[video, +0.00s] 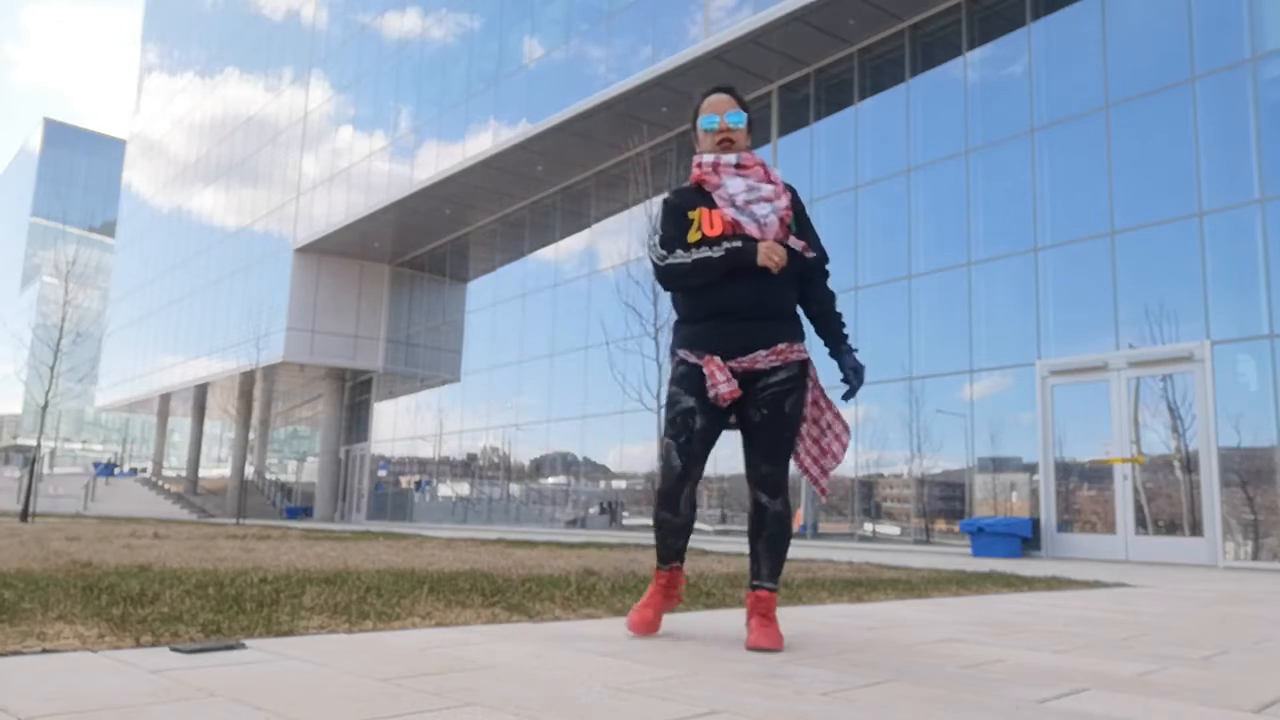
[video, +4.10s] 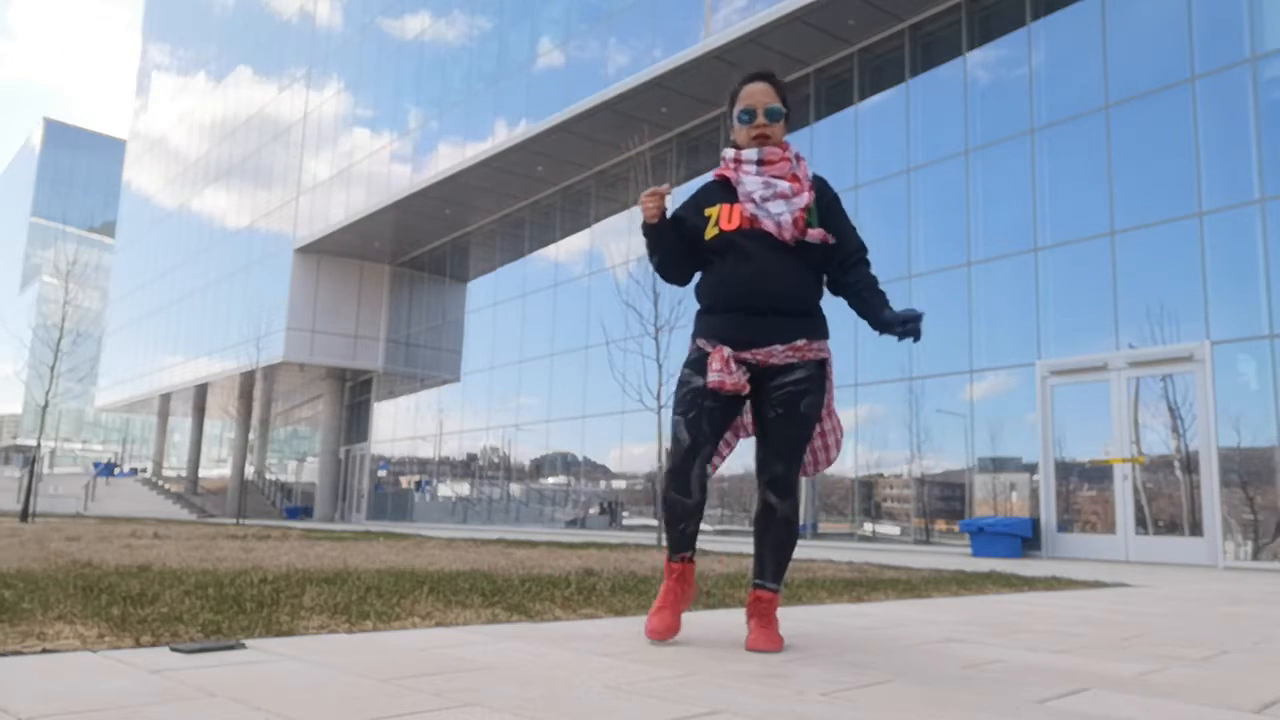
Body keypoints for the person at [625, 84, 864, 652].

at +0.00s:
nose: (723, 129)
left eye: (733, 120)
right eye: (712, 121)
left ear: (750, 130)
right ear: (696, 134)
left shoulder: (781, 199)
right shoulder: (680, 202)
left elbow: (812, 277)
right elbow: (666, 267)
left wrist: (839, 346)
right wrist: (747, 251)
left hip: (774, 357)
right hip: (700, 359)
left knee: (769, 482)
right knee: (675, 471)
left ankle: (762, 604)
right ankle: (666, 580)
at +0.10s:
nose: (723, 127)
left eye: (732, 117)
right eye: (711, 119)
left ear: (750, 127)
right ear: (696, 132)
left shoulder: (781, 200)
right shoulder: (680, 200)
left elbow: (812, 278)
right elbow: (662, 265)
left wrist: (842, 343)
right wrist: (739, 248)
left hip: (771, 357)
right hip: (694, 357)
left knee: (764, 482)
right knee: (648, 464)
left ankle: (762, 606)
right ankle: (602, 578)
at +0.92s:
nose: (736, 132)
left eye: (746, 122)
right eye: (724, 125)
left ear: (764, 129)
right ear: (710, 137)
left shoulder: (804, 199)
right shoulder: (699, 209)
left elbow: (855, 261)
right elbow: (675, 276)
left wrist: (913, 302)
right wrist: (742, 253)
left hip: (787, 362)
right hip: (710, 359)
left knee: (772, 486)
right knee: (667, 462)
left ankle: (762, 609)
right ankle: (628, 570)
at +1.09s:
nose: (743, 132)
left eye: (753, 122)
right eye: (730, 125)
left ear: (770, 132)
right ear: (715, 138)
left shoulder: (808, 201)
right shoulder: (700, 207)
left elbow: (855, 264)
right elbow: (677, 273)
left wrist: (908, 292)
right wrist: (747, 253)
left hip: (794, 355)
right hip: (720, 354)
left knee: (778, 482)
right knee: (734, 452)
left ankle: (763, 607)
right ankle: (707, 573)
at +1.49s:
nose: (710, 150)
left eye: (718, 138)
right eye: (709, 139)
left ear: (753, 134)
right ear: (737, 138)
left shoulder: (816, 199)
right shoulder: (716, 202)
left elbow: (865, 267)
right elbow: (696, 267)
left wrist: (920, 301)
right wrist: (773, 247)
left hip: (795, 360)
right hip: (720, 356)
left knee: (775, 485)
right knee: (661, 438)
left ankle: (761, 609)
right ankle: (643, 564)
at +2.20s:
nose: (714, 141)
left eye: (724, 130)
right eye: (715, 130)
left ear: (760, 133)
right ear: (739, 134)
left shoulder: (819, 202)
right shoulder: (715, 206)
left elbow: (874, 265)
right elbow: (675, 279)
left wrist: (946, 292)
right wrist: (706, 257)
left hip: (795, 362)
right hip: (720, 357)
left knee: (776, 487)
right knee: (702, 456)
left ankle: (761, 609)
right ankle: (660, 563)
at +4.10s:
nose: (760, 125)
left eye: (771, 114)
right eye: (747, 116)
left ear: (787, 124)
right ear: (730, 127)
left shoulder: (814, 194)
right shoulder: (709, 197)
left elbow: (849, 265)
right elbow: (679, 270)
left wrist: (882, 314)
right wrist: (657, 227)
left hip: (793, 351)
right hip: (717, 348)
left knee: (780, 480)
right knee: (685, 457)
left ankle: (764, 607)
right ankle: (677, 575)